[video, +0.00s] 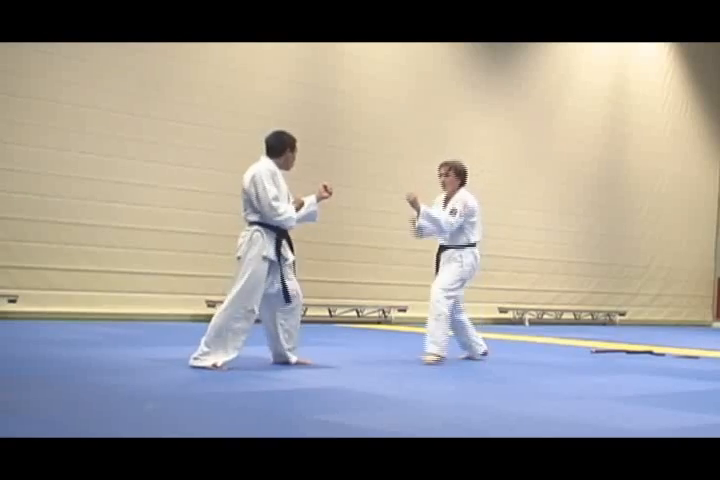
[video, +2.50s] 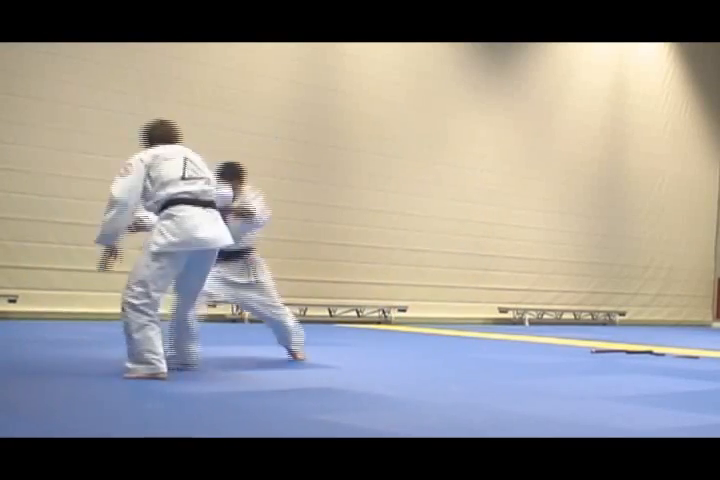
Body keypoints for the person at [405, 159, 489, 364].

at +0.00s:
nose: (442, 179)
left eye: (447, 175)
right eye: (440, 176)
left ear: (459, 178)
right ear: (439, 179)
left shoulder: (465, 200)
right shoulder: (440, 200)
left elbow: (450, 225)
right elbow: (436, 226)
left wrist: (420, 209)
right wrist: (420, 228)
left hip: (464, 254)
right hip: (446, 254)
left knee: (440, 292)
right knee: (452, 308)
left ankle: (435, 350)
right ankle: (476, 348)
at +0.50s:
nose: (399, 179)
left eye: (402, 174)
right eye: (396, 174)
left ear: (415, 171)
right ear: (396, 173)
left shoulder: (432, 182)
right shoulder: (394, 185)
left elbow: (430, 206)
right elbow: (379, 210)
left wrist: (395, 209)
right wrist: (356, 221)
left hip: (421, 245)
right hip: (396, 236)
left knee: (408, 296)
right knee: (378, 226)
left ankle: (413, 353)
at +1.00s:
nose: (293, 162)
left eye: (298, 157)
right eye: (291, 157)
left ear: (313, 157)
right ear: (294, 158)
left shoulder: (335, 172)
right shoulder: (301, 177)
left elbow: (372, 191)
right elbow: (306, 199)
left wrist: (339, 194)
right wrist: (292, 205)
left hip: (338, 247)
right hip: (308, 246)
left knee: (356, 303)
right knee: (276, 275)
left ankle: (385, 352)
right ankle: (276, 335)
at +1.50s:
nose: (165, 132)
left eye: (171, 127)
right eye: (164, 127)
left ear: (191, 131)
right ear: (166, 130)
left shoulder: (215, 158)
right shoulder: (161, 151)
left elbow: (226, 202)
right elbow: (132, 127)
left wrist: (217, 237)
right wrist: (104, 103)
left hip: (223, 224)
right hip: (189, 229)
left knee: (257, 284)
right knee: (165, 287)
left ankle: (304, 346)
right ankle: (153, 356)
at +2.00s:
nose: (126, 125)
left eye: (128, 119)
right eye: (125, 120)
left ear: (142, 116)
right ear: (136, 119)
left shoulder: (175, 126)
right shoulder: (139, 137)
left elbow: (212, 131)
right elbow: (108, 120)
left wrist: (245, 144)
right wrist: (74, 103)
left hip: (196, 212)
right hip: (168, 218)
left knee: (206, 285)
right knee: (155, 289)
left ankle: (242, 356)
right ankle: (160, 357)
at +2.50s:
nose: (144, 145)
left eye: (145, 141)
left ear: (149, 141)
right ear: (176, 138)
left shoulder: (145, 157)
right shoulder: (195, 158)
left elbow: (122, 198)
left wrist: (110, 239)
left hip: (177, 225)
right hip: (213, 227)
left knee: (139, 296)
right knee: (187, 300)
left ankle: (149, 363)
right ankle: (185, 356)